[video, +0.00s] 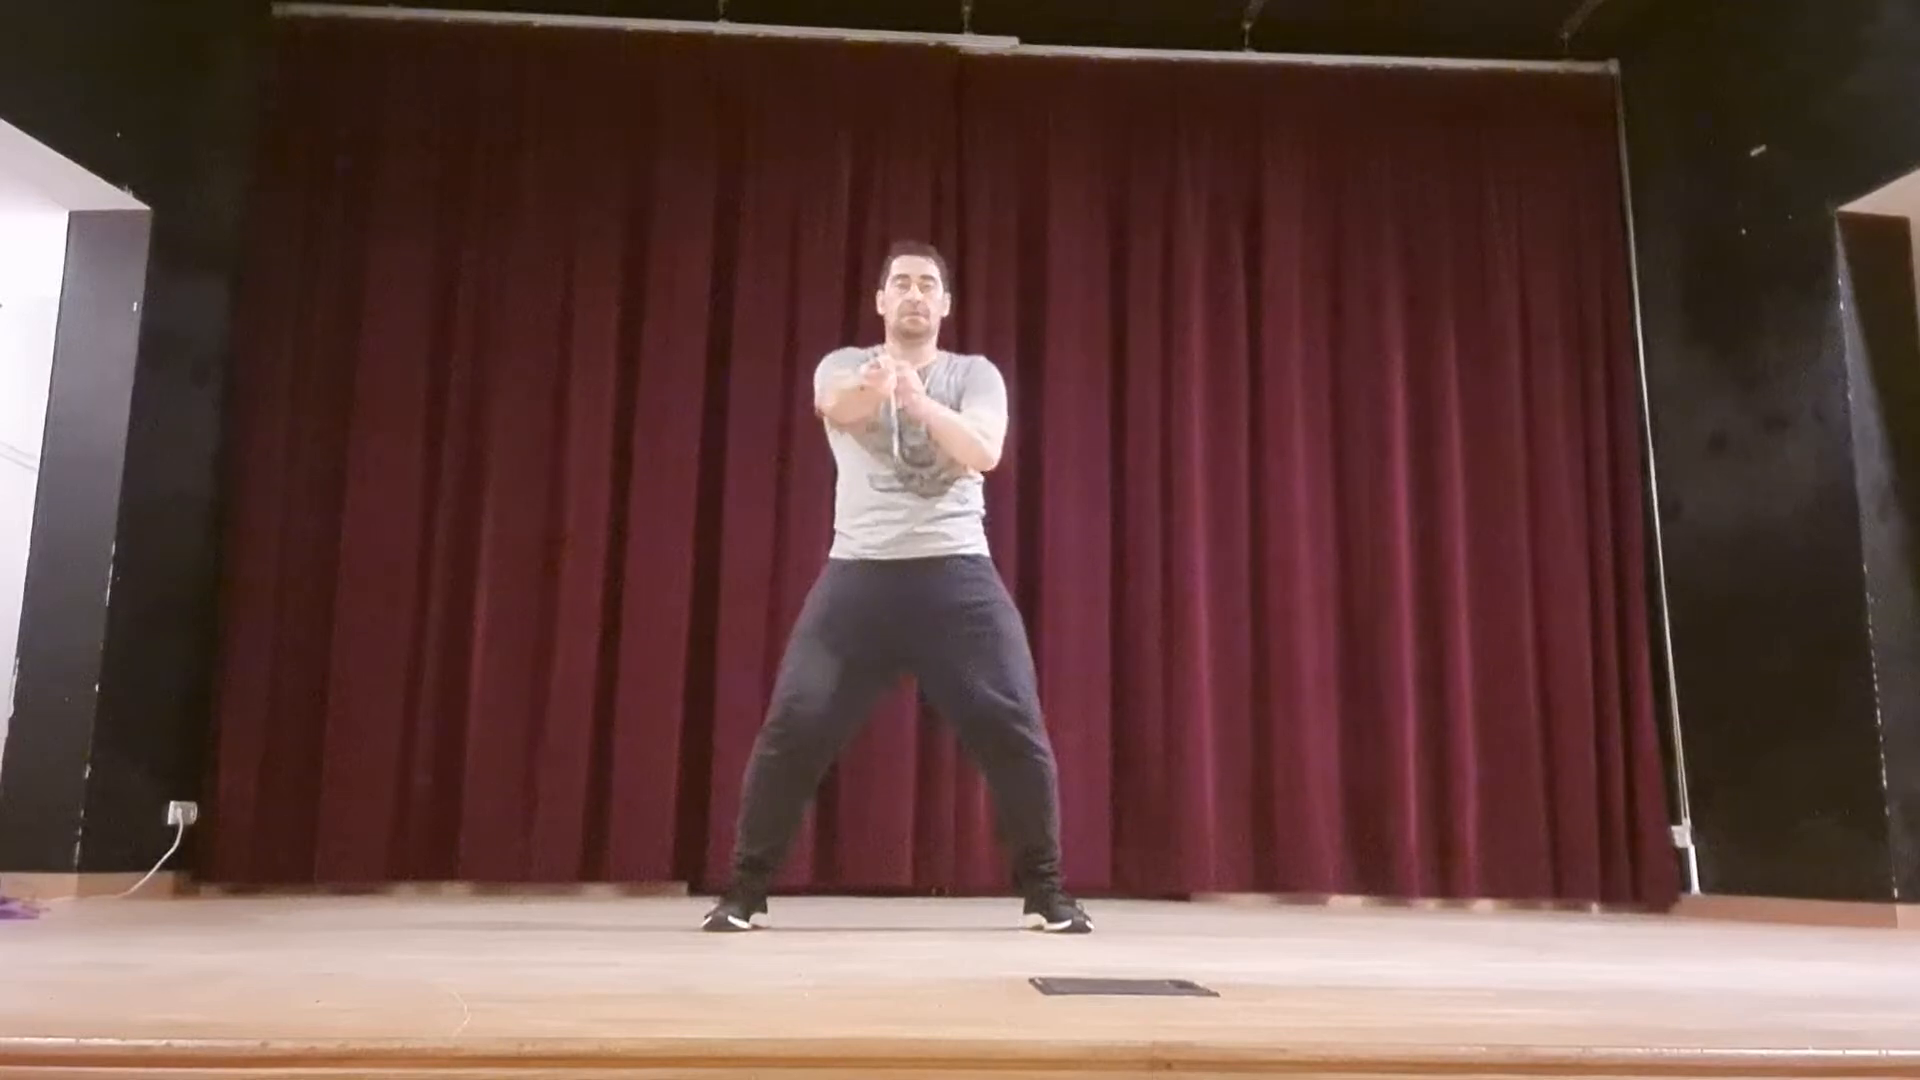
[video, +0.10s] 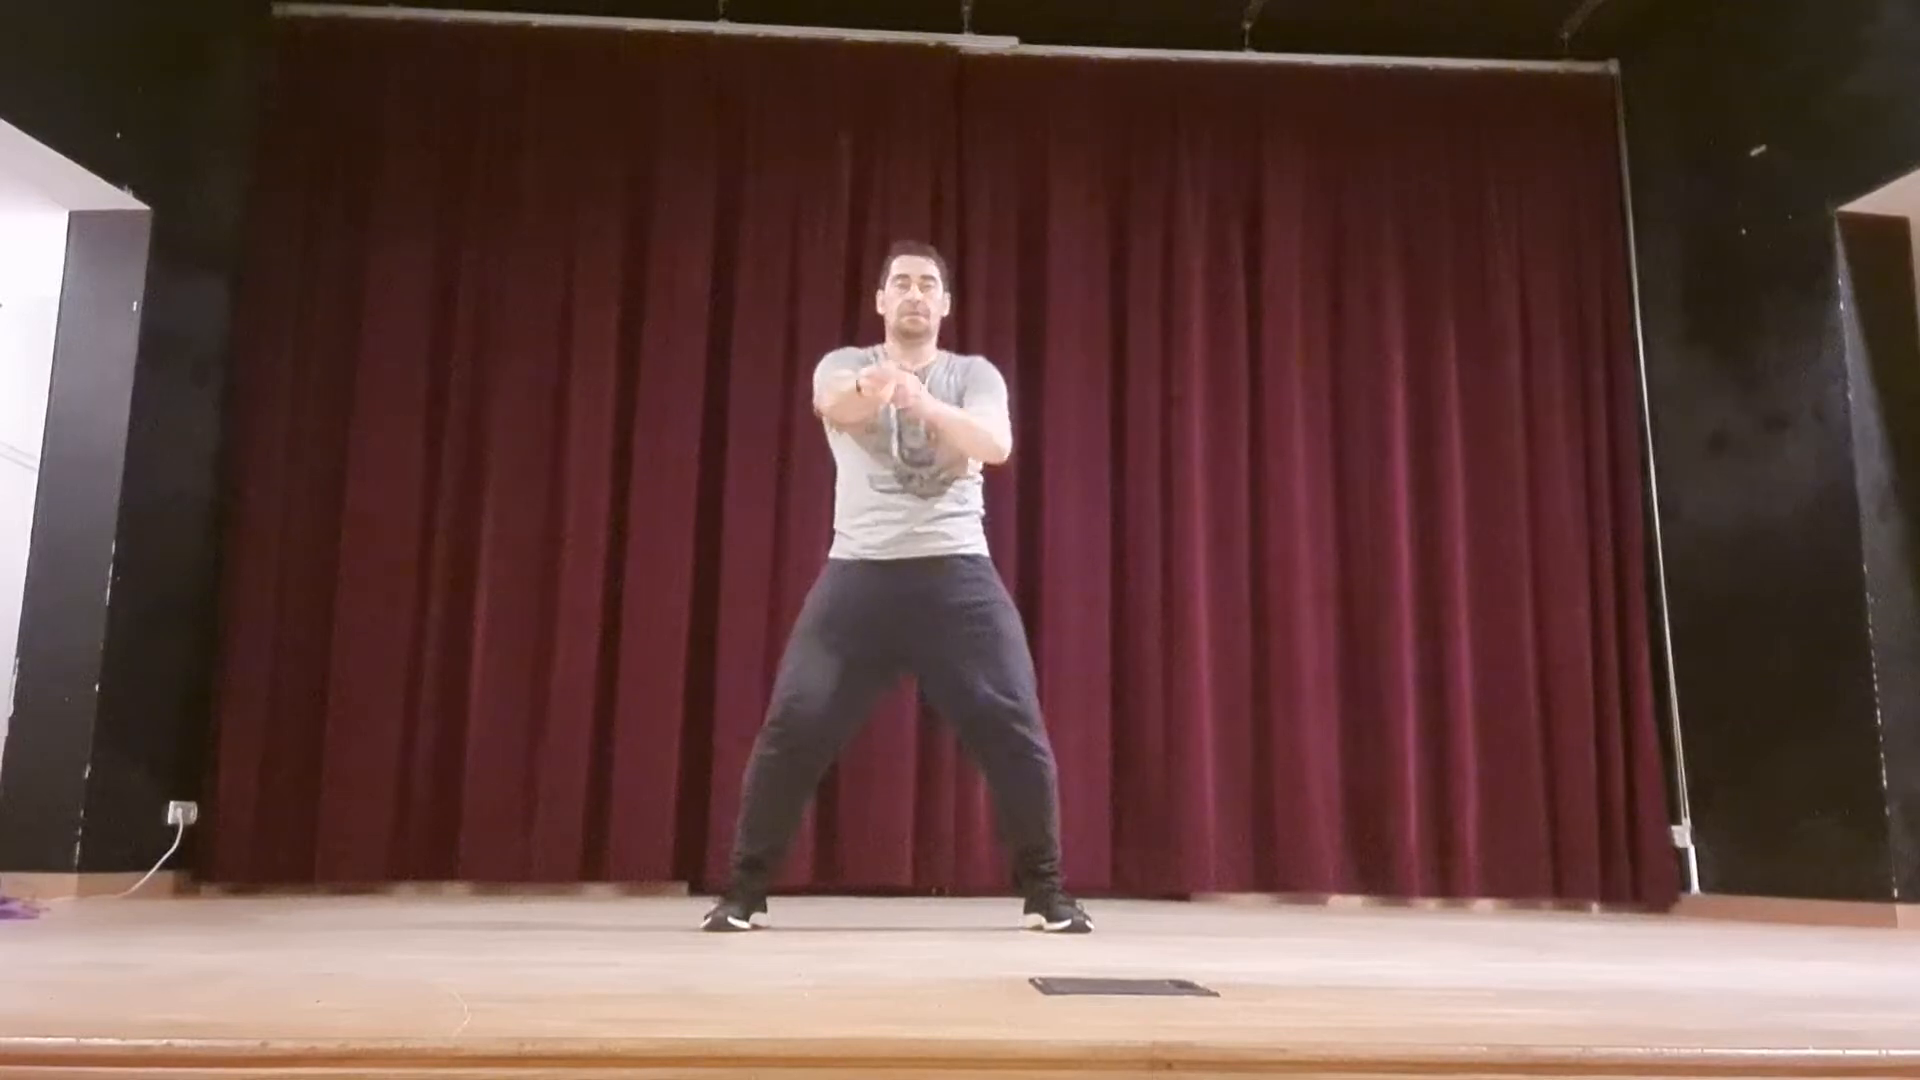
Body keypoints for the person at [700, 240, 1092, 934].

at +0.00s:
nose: (913, 294)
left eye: (926, 285)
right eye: (901, 283)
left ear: (946, 304)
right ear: (879, 301)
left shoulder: (975, 375)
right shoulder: (842, 365)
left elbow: (982, 457)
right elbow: (842, 412)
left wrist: (918, 403)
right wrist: (874, 386)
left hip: (958, 578)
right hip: (858, 577)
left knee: (1013, 724)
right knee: (795, 722)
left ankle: (1044, 891)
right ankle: (745, 892)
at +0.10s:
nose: (914, 294)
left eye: (927, 285)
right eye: (902, 283)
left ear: (946, 304)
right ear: (879, 300)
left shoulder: (974, 374)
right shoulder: (842, 365)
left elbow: (994, 446)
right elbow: (837, 409)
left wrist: (925, 406)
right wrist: (872, 394)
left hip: (958, 578)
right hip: (858, 577)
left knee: (1013, 723)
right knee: (795, 721)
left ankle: (1044, 891)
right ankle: (744, 891)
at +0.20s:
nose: (913, 293)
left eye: (926, 285)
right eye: (901, 283)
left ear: (946, 304)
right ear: (879, 302)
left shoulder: (974, 374)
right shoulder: (844, 365)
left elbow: (998, 432)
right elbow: (833, 403)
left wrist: (934, 387)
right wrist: (869, 398)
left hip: (958, 578)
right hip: (858, 578)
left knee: (1013, 723)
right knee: (793, 720)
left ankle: (1044, 889)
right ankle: (742, 890)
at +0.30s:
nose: (913, 292)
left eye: (925, 284)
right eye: (901, 283)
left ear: (946, 304)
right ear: (879, 303)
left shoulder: (975, 371)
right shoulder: (847, 364)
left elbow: (991, 411)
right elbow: (829, 396)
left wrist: (938, 346)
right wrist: (877, 375)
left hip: (958, 579)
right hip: (858, 578)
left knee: (1015, 724)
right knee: (791, 720)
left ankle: (1045, 889)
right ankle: (737, 890)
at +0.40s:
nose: (909, 295)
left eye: (923, 287)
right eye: (898, 285)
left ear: (945, 305)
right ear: (877, 303)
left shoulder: (968, 371)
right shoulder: (846, 364)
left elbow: (986, 400)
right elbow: (830, 385)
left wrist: (936, 331)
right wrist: (897, 364)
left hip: (959, 580)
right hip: (858, 580)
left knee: (1018, 726)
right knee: (791, 722)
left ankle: (1045, 889)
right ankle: (734, 891)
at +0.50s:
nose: (910, 296)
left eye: (923, 289)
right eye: (899, 287)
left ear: (942, 309)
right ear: (875, 305)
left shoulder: (967, 371)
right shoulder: (844, 367)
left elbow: (982, 396)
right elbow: (834, 385)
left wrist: (949, 352)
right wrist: (896, 359)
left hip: (957, 581)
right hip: (857, 582)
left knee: (1019, 728)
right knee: (788, 722)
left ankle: (1045, 889)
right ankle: (735, 890)